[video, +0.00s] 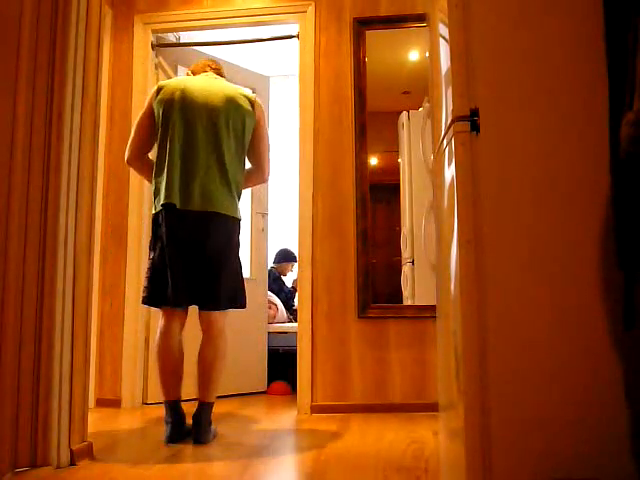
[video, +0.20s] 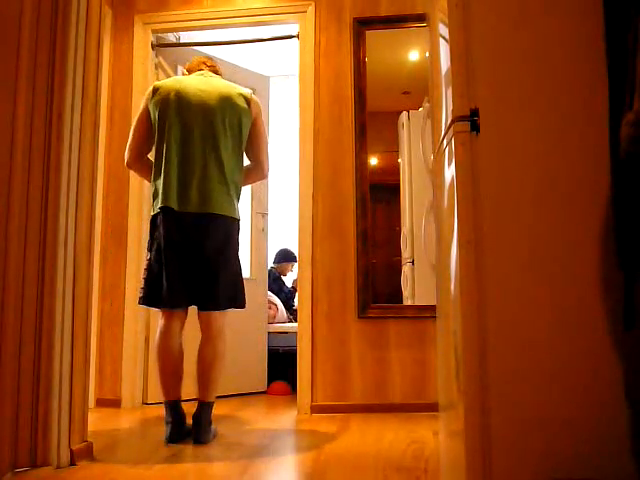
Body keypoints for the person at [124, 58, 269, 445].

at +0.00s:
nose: (189, 74)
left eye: (188, 72)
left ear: (190, 73)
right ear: (223, 76)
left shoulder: (167, 91)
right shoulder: (248, 101)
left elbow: (134, 156)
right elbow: (260, 173)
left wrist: (169, 181)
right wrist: (223, 181)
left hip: (171, 216)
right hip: (220, 219)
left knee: (172, 318)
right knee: (213, 321)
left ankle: (174, 420)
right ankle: (203, 422)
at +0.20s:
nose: (186, 73)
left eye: (185, 71)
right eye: (199, 71)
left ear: (186, 71)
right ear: (218, 72)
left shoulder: (163, 91)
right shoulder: (245, 99)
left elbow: (134, 157)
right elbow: (259, 169)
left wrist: (169, 179)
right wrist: (222, 180)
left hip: (170, 217)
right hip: (219, 219)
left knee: (171, 318)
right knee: (212, 321)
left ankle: (174, 420)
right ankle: (203, 422)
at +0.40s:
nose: (185, 72)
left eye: (184, 70)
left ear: (184, 71)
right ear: (218, 72)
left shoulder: (160, 91)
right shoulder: (245, 99)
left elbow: (134, 158)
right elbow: (260, 168)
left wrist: (170, 178)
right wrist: (222, 179)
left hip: (169, 217)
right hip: (219, 219)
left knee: (171, 318)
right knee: (212, 320)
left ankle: (174, 421)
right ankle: (203, 422)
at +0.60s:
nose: (186, 75)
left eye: (185, 71)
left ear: (186, 72)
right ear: (220, 72)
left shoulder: (164, 93)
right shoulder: (246, 100)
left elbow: (138, 161)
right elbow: (263, 169)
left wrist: (174, 179)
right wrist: (225, 180)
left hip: (172, 217)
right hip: (221, 220)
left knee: (172, 319)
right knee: (213, 322)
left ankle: (174, 420)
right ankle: (204, 423)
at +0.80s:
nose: (186, 75)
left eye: (186, 71)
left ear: (186, 72)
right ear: (221, 72)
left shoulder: (165, 93)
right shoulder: (249, 101)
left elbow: (143, 163)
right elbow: (266, 169)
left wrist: (178, 178)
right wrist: (227, 179)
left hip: (173, 219)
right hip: (222, 221)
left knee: (172, 319)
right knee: (214, 322)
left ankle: (174, 421)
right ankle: (204, 422)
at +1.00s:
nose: (187, 74)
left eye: (187, 71)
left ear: (187, 72)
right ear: (222, 72)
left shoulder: (166, 93)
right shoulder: (249, 102)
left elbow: (144, 162)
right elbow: (266, 170)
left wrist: (178, 178)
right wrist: (228, 179)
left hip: (174, 218)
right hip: (222, 221)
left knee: (172, 319)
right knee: (214, 322)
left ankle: (174, 421)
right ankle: (204, 422)